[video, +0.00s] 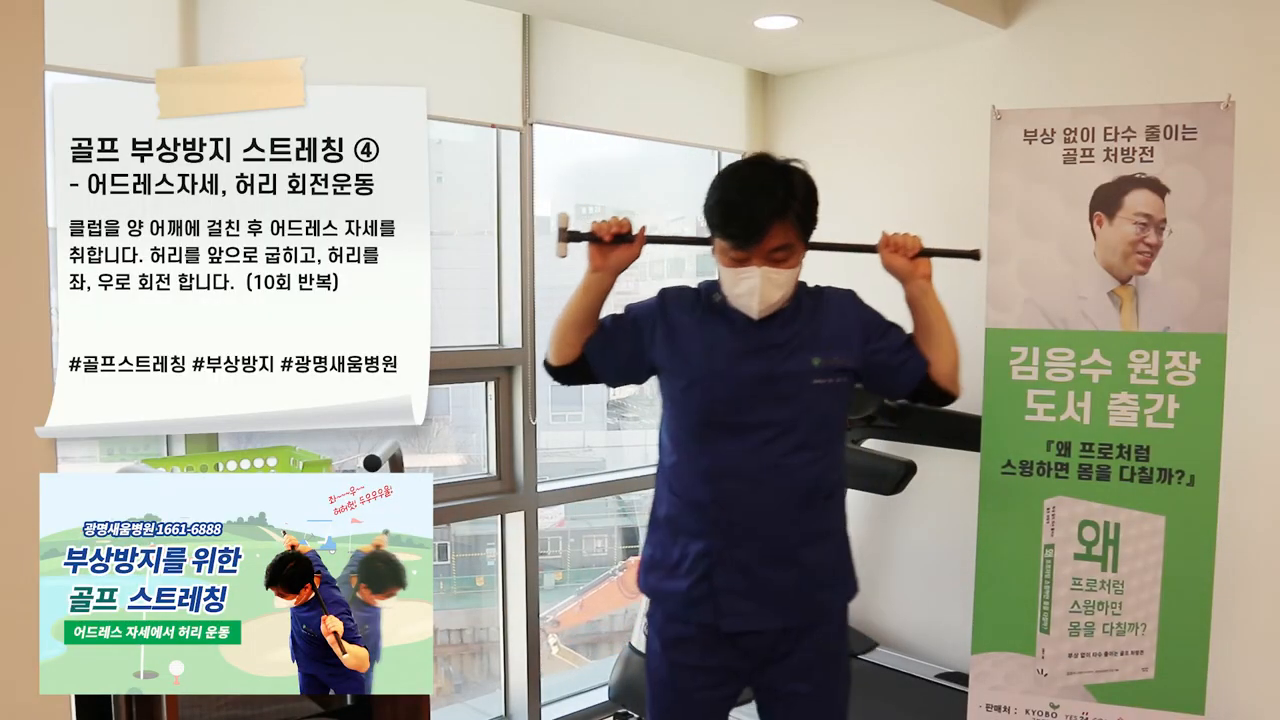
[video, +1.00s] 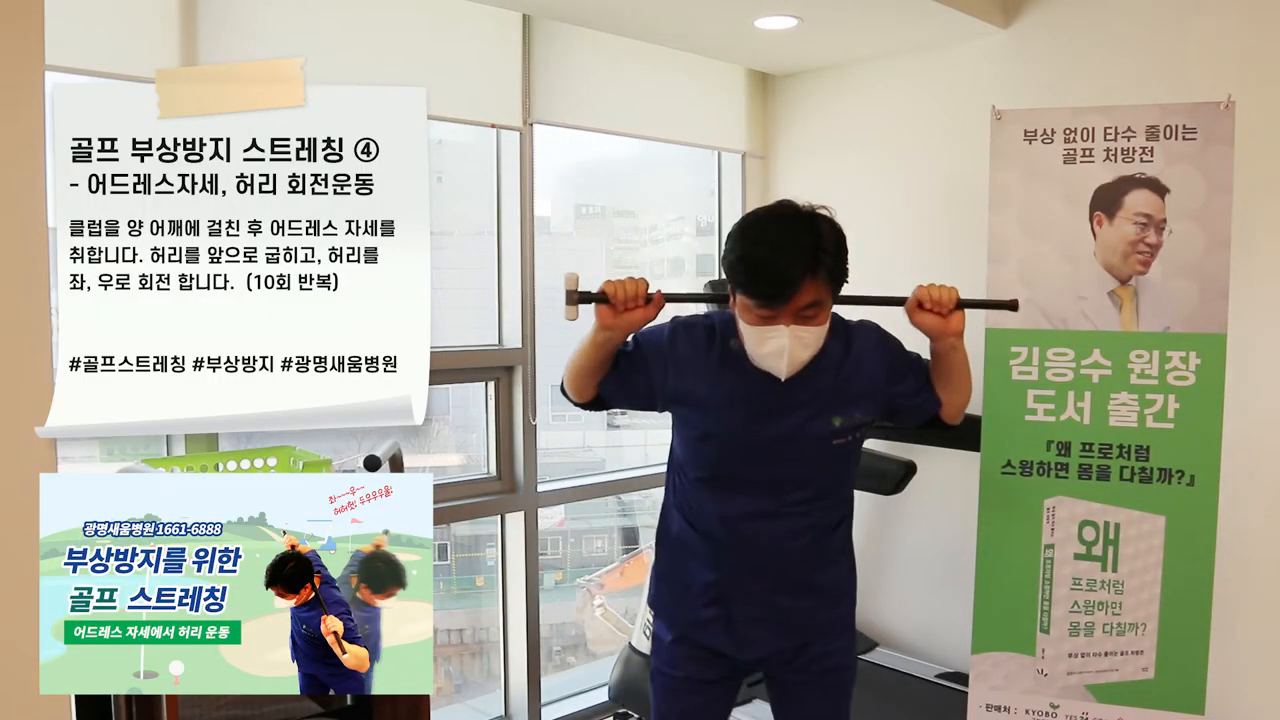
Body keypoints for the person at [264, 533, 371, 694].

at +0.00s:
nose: (278, 599)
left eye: (283, 596)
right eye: (276, 594)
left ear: (306, 590)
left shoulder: (334, 607)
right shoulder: (312, 570)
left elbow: (363, 665)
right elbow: (308, 552)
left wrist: (335, 642)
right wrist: (297, 547)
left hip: (344, 673)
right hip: (310, 667)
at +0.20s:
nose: (278, 599)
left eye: (283, 596)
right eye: (276, 594)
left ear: (306, 590)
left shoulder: (334, 607)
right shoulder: (312, 570)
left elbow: (363, 665)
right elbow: (308, 552)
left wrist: (335, 642)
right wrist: (297, 547)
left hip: (344, 673)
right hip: (310, 667)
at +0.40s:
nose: (278, 599)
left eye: (283, 596)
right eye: (276, 594)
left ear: (306, 590)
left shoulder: (334, 607)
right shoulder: (312, 570)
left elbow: (363, 665)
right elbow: (308, 552)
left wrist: (335, 642)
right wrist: (297, 547)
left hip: (344, 673)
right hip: (310, 667)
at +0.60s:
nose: (278, 599)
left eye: (283, 596)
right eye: (276, 594)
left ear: (306, 590)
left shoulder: (334, 607)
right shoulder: (312, 570)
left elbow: (363, 665)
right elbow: (308, 552)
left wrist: (335, 642)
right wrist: (297, 547)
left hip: (344, 673)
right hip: (310, 667)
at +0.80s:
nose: (278, 599)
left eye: (283, 596)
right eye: (276, 594)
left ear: (306, 590)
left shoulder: (334, 607)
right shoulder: (312, 570)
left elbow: (363, 665)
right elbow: (308, 552)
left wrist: (335, 642)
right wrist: (296, 547)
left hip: (344, 673)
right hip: (310, 667)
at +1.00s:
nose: (278, 599)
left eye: (283, 596)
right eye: (276, 594)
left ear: (306, 590)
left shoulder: (334, 607)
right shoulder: (312, 570)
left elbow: (363, 665)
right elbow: (308, 552)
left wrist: (335, 642)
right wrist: (296, 547)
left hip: (344, 673)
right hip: (310, 667)